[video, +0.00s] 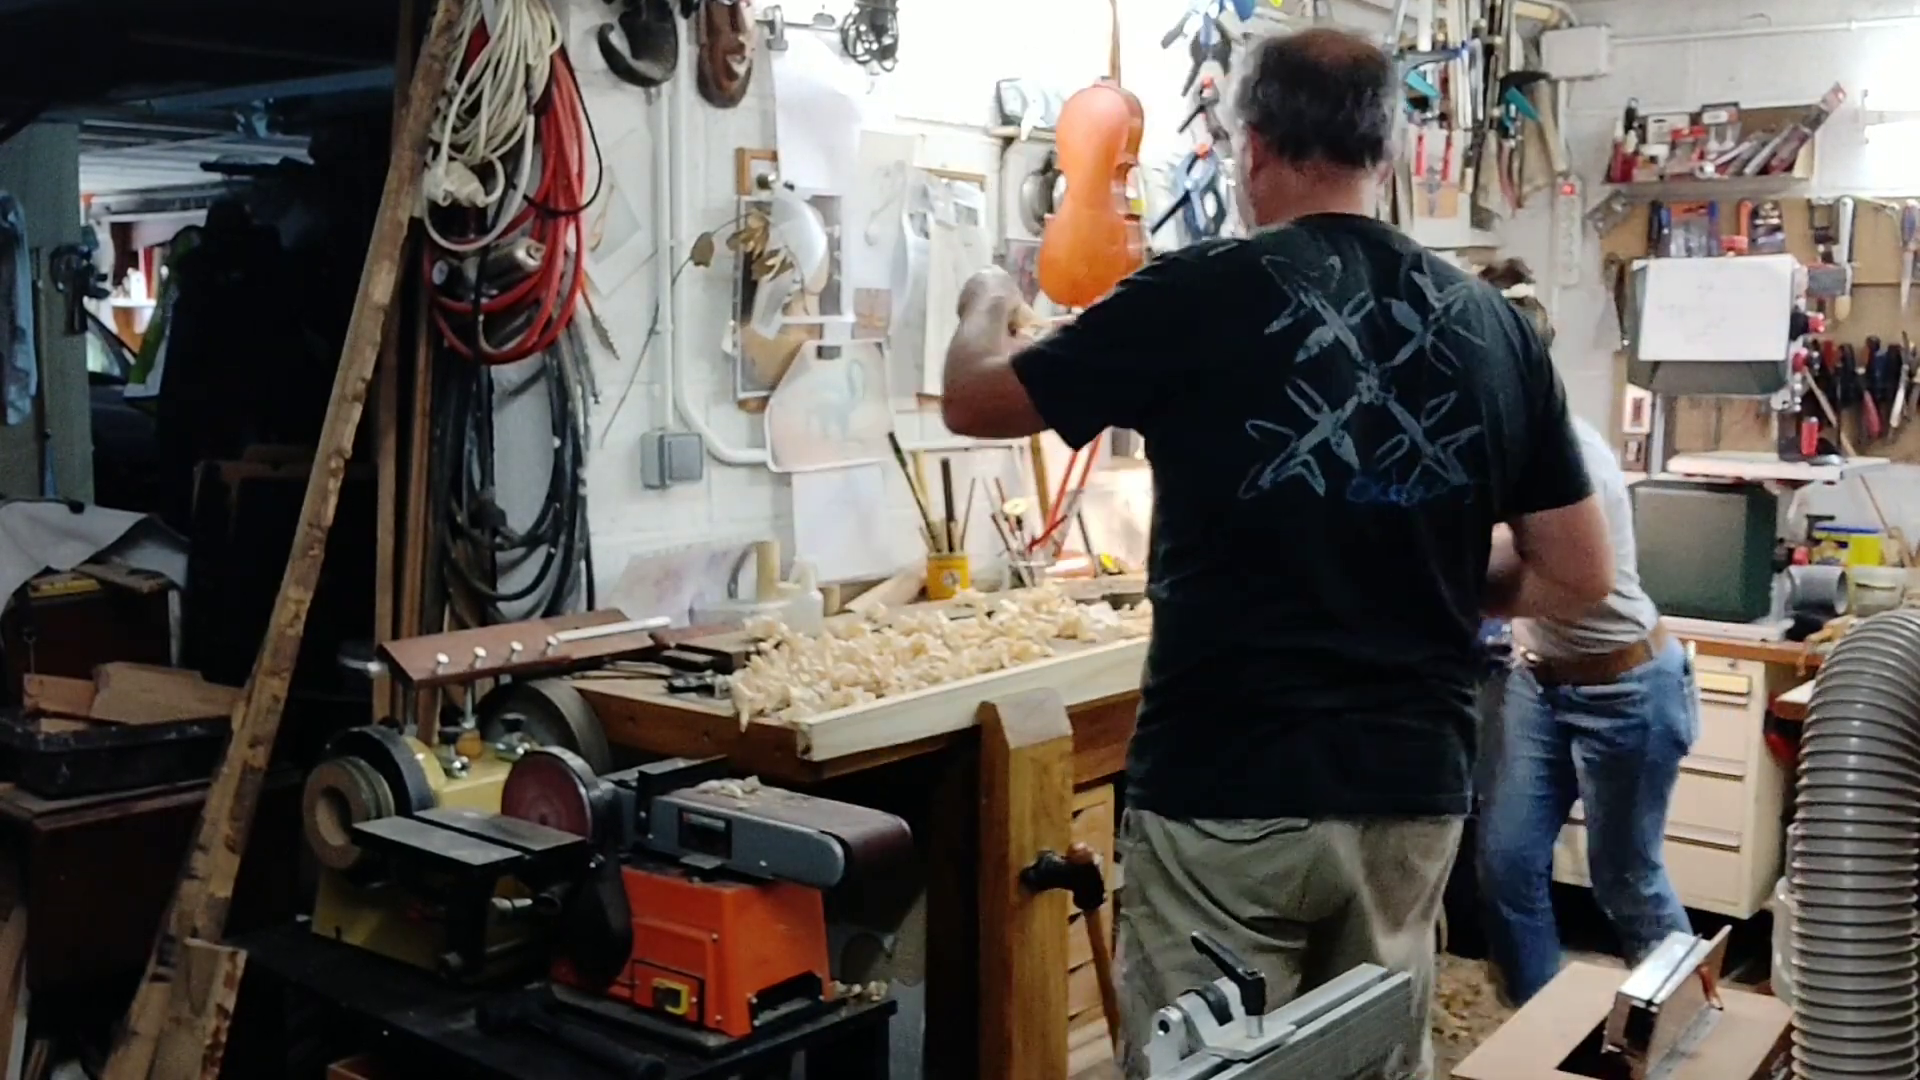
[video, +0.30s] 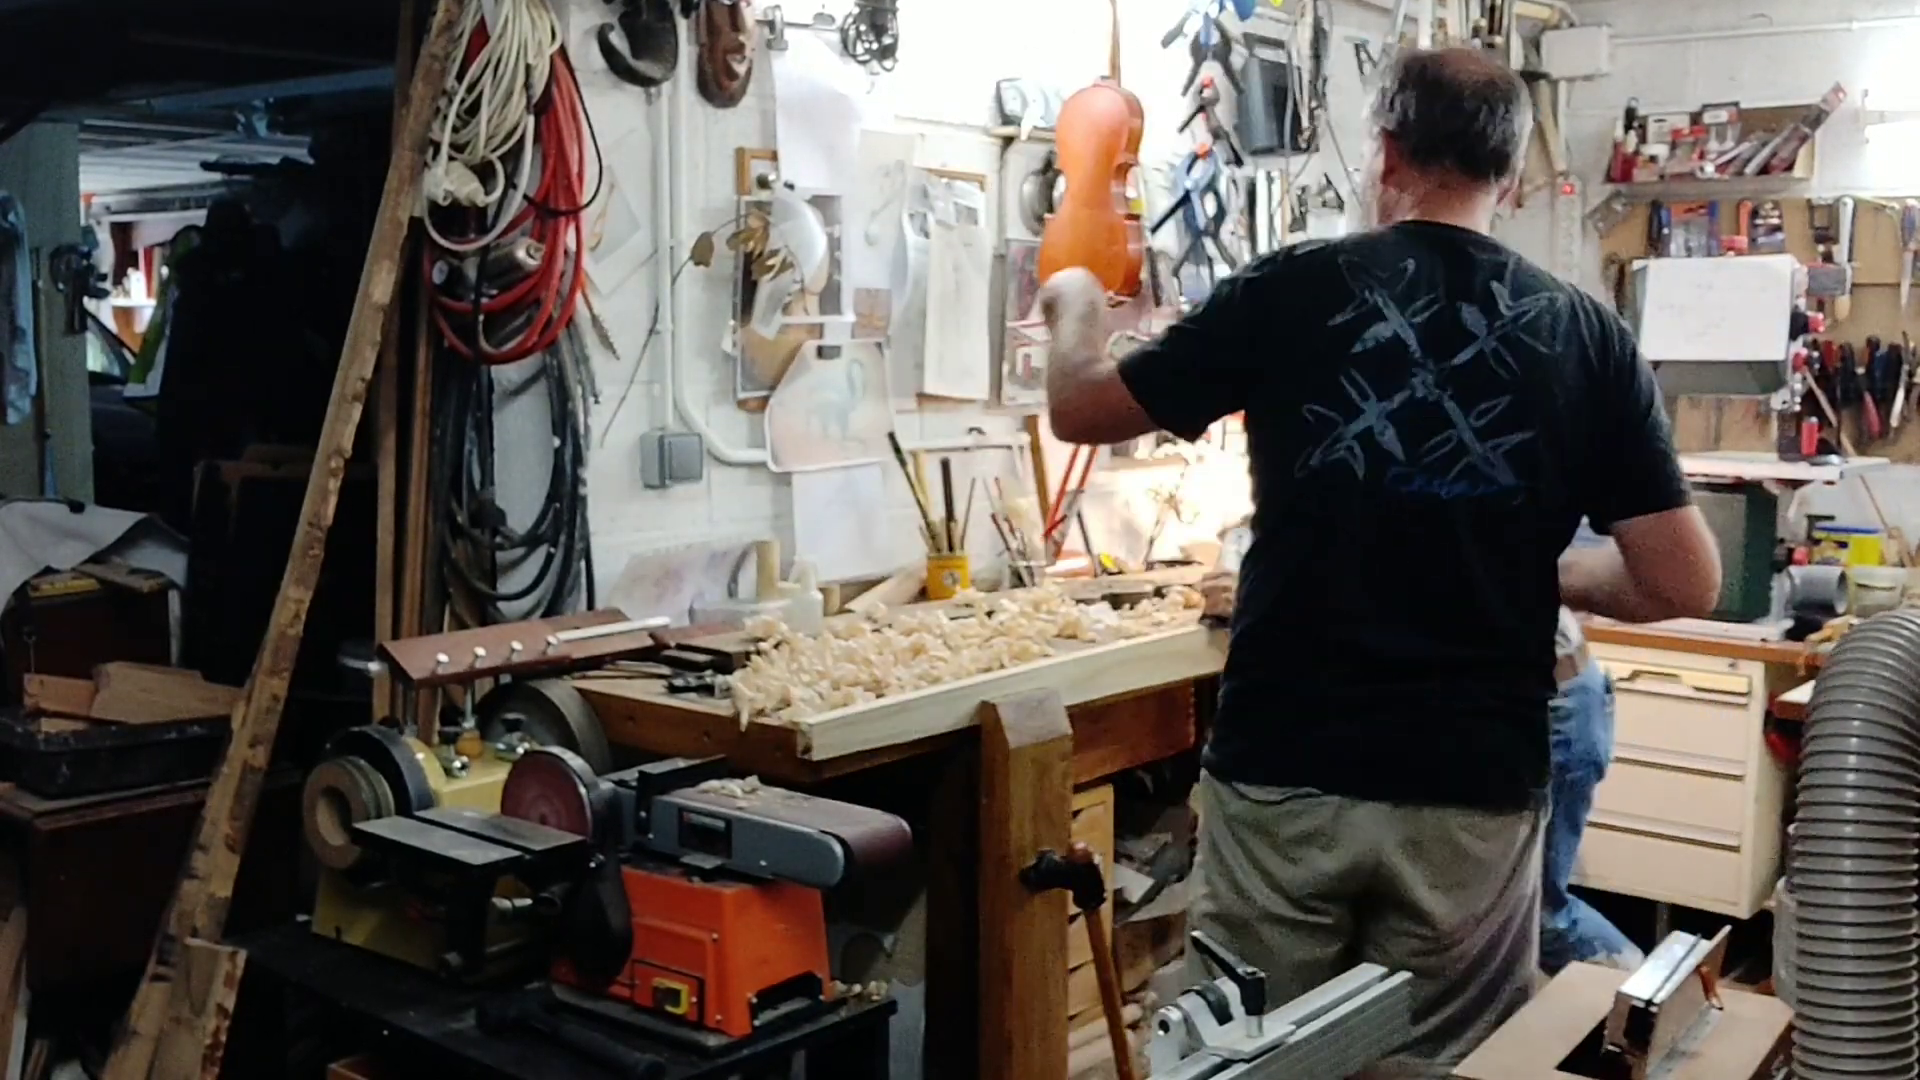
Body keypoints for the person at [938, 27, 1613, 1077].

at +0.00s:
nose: (1234, 160)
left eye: (1236, 138)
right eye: (1238, 137)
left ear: (1256, 146)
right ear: (1390, 152)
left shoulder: (1203, 292)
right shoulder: (1493, 325)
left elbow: (974, 401)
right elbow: (1578, 574)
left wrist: (992, 294)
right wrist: (1441, 561)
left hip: (1225, 760)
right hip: (1414, 769)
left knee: (1195, 1063)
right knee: (1383, 1063)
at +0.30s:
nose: (1367, 161)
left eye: (1371, 144)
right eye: (1373, 145)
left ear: (1388, 154)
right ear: (1512, 176)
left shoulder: (1296, 290)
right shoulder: (1584, 336)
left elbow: (1079, 411)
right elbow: (1683, 582)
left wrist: (1076, 305)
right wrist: (1539, 562)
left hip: (1286, 757)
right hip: (1478, 775)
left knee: (1236, 1056)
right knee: (1443, 1065)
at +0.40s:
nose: (1401, 157)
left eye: (1405, 142)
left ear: (1411, 153)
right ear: (1539, 175)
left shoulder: (1316, 283)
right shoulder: (1603, 331)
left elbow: (1116, 424)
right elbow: (1701, 582)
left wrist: (1144, 332)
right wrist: (1596, 538)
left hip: (1292, 739)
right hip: (1479, 765)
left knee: (1261, 1052)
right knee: (1438, 1066)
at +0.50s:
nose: (1433, 167)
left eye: (1433, 153)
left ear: (1437, 162)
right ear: (1562, 181)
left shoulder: (1337, 280)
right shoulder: (1615, 330)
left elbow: (1155, 434)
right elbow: (1707, 582)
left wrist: (1256, 397)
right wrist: (1631, 524)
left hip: (1302, 736)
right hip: (1482, 764)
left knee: (1280, 1046)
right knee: (1442, 1064)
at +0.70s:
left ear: (1476, 177)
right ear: (1605, 188)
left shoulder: (1384, 281)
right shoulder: (1643, 324)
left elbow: (1208, 425)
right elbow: (1717, 572)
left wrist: (1289, 559)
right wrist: (1665, 529)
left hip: (1354, 689)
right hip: (1517, 717)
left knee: (1363, 993)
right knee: (1453, 1024)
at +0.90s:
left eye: (1477, 209)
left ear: (1483, 210)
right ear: (1605, 208)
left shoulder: (1415, 304)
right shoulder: (1669, 309)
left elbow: (1298, 461)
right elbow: (1748, 532)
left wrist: (1347, 640)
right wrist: (1705, 558)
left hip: (1436, 692)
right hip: (1597, 698)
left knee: (1493, 981)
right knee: (1598, 989)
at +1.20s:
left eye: (1550, 194)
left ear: (1557, 199)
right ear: (1671, 192)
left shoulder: (1505, 298)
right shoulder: (1758, 296)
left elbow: (1421, 469)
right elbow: (1835, 503)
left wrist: (1458, 639)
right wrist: (1767, 533)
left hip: (1543, 676)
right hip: (1709, 677)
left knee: (1543, 968)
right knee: (1719, 964)